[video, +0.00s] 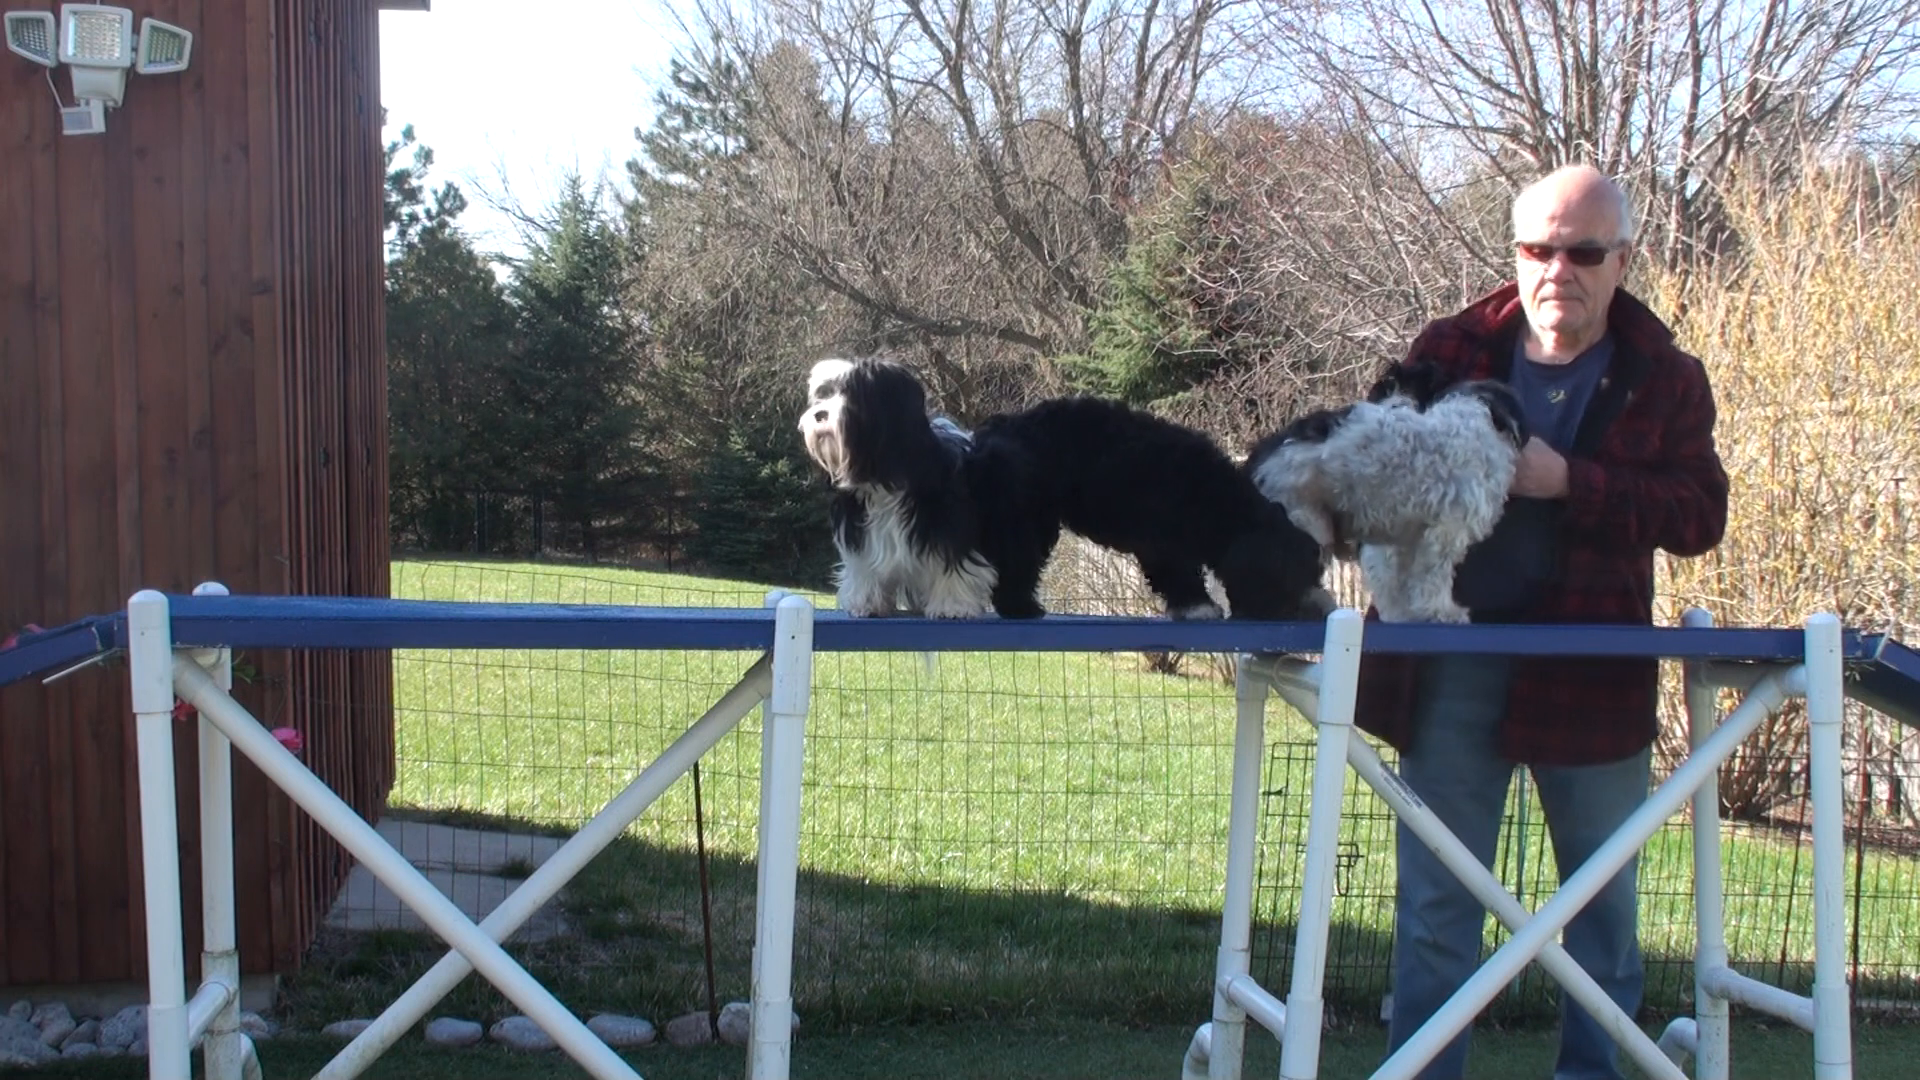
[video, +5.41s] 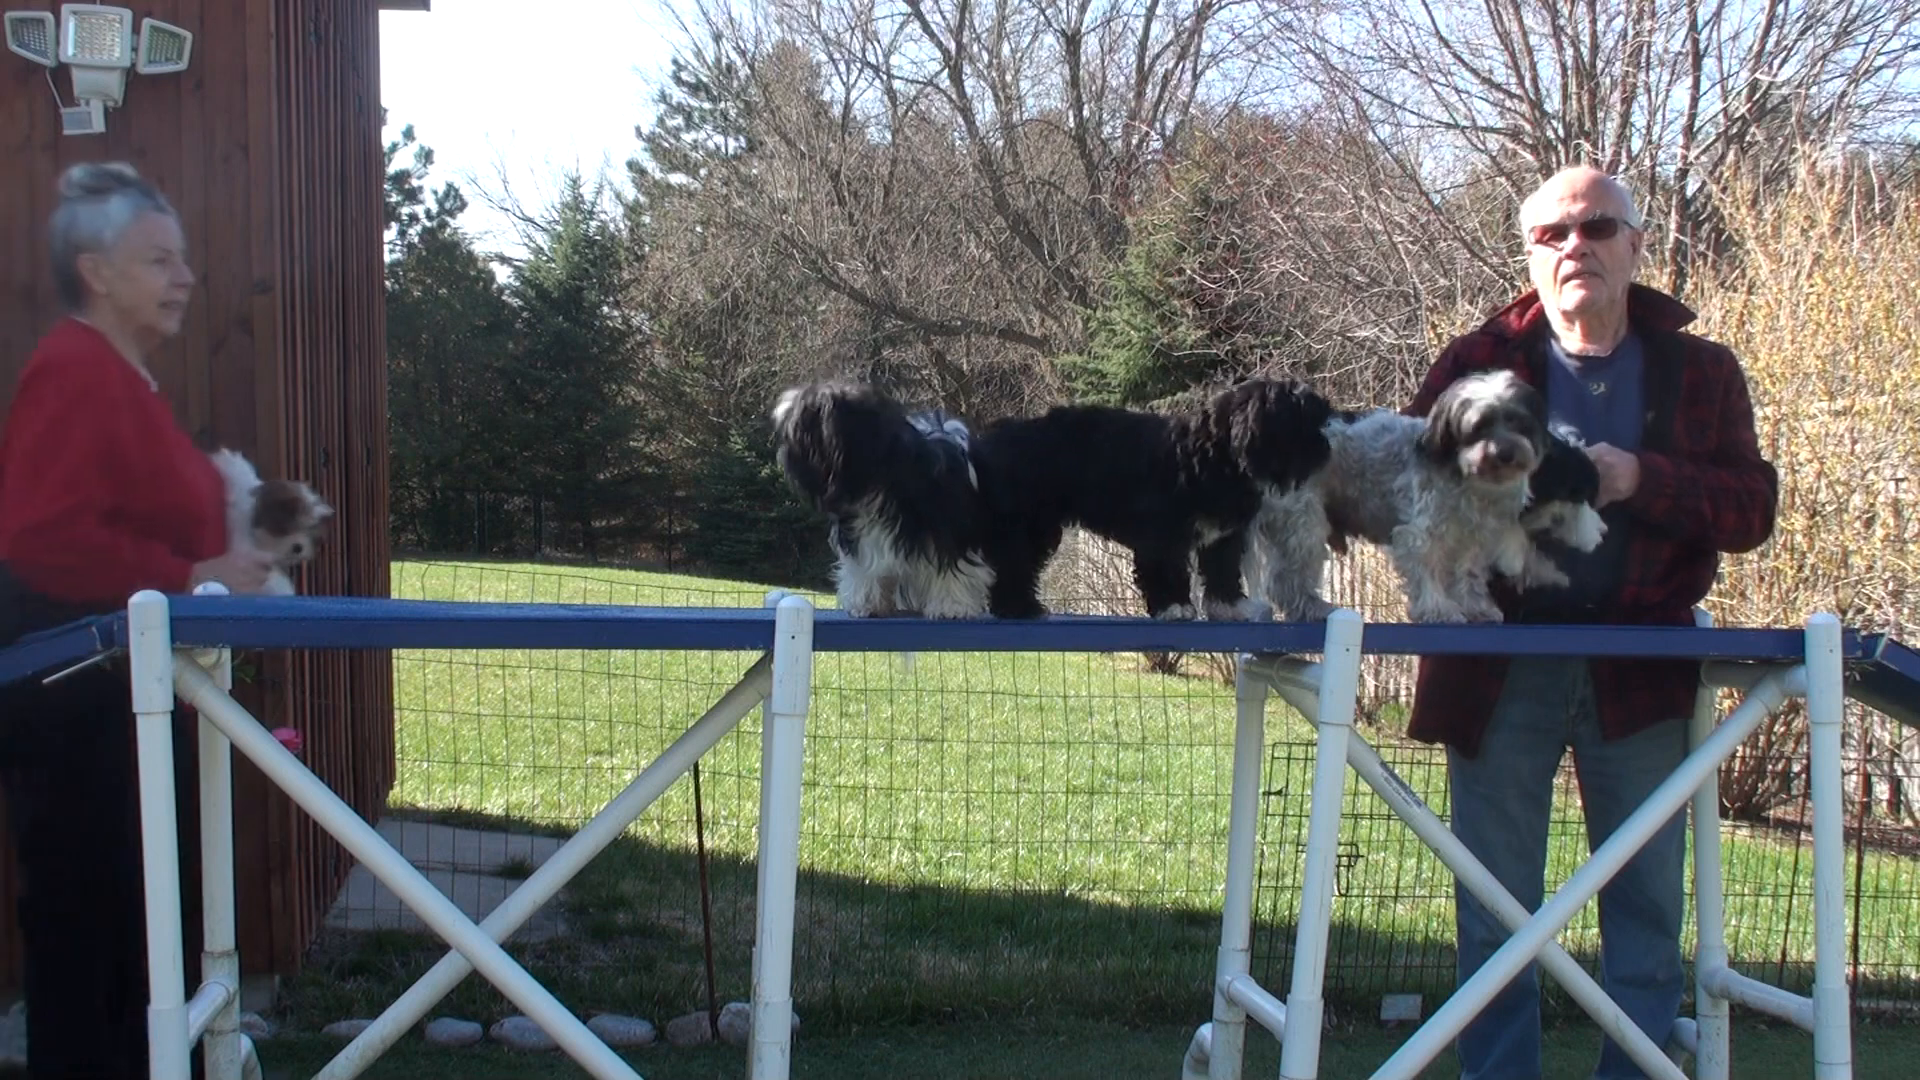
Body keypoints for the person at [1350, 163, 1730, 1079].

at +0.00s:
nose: (1557, 272)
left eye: (1583, 254)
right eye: (1539, 252)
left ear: (1622, 261)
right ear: (1514, 254)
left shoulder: (1664, 376)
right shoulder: (1450, 351)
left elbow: (1700, 513)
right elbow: (1361, 450)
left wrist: (1568, 478)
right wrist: (1339, 505)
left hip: (1593, 668)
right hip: (1456, 660)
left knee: (1603, 909)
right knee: (1435, 905)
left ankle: (1594, 1070)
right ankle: (1423, 1069)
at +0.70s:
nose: (1586, 252)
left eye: (1609, 236)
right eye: (1566, 237)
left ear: (1643, 253)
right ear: (1537, 254)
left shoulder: (1685, 368)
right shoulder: (1478, 346)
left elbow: (1729, 498)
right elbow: (1391, 445)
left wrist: (1612, 450)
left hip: (1622, 660)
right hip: (1482, 652)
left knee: (1620, 903)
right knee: (1453, 895)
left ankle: (1598, 1069)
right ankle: (1424, 1068)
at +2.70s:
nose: (1580, 256)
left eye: (1604, 237)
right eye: (1559, 240)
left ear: (1642, 248)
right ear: (1535, 255)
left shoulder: (1691, 353)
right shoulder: (1486, 351)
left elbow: (1745, 457)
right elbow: (1413, 459)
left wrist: (1620, 415)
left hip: (1633, 662)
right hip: (1498, 659)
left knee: (1644, 905)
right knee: (1494, 903)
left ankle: (1639, 1072)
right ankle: (1497, 1066)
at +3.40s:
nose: (1577, 264)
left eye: (1600, 245)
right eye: (1558, 247)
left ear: (1641, 251)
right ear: (1535, 257)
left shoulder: (1690, 360)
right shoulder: (1483, 353)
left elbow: (1715, 465)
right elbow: (1412, 459)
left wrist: (1603, 473)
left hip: (1637, 661)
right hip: (1498, 657)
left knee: (1644, 896)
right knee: (1494, 895)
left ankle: (1638, 1068)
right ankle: (1497, 1063)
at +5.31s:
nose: (1578, 246)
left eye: (1601, 227)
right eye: (1555, 232)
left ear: (1638, 244)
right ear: (1531, 254)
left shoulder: (1703, 371)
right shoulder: (1478, 362)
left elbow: (1754, 507)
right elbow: (1405, 476)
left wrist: (1640, 480)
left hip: (1642, 663)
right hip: (1502, 659)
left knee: (1645, 906)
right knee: (1493, 903)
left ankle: (1640, 1073)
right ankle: (1496, 1067)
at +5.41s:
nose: (1575, 246)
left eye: (1597, 228)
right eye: (1552, 233)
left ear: (1636, 243)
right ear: (1528, 255)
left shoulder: (1701, 371)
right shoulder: (1474, 364)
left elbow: (1751, 509)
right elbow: (1402, 480)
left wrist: (1640, 478)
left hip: (1641, 665)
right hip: (1501, 662)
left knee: (1645, 912)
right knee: (1493, 909)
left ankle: (1641, 1073)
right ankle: (1495, 1068)